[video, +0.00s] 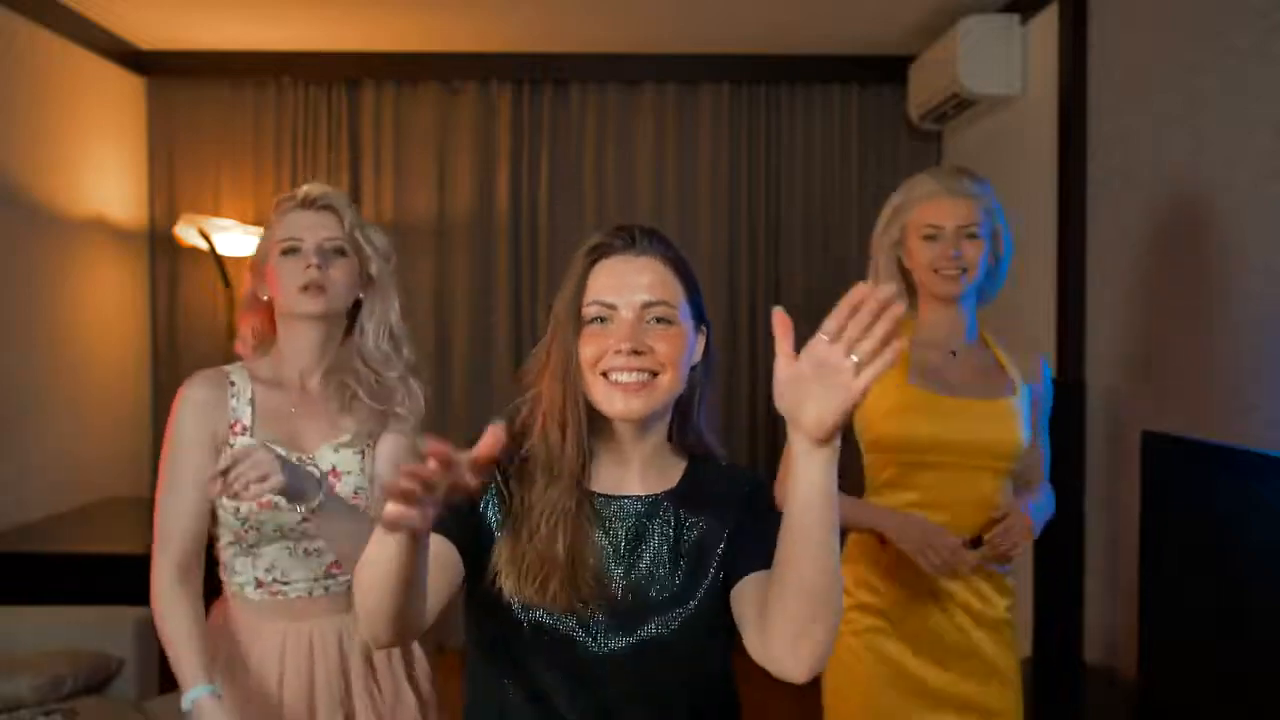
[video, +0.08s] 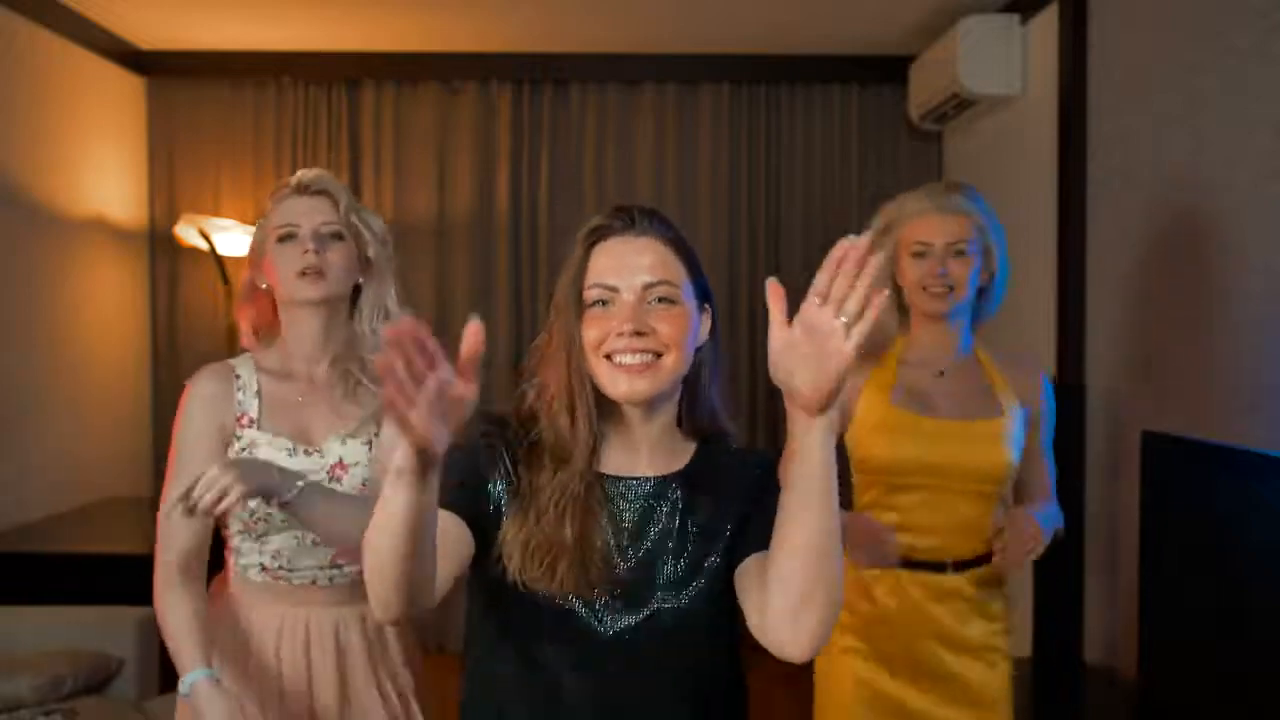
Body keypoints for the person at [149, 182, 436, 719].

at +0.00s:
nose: (312, 262)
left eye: (334, 251)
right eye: (291, 250)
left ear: (361, 284)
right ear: (263, 281)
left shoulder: (390, 404)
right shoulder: (211, 399)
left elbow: (398, 562)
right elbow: (175, 572)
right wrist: (200, 697)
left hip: (364, 655)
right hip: (251, 661)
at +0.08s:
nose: (310, 247)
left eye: (331, 236)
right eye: (288, 237)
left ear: (361, 267)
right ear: (263, 271)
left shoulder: (400, 390)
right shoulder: (219, 391)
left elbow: (403, 535)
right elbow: (178, 563)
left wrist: (281, 484)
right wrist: (199, 682)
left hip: (361, 646)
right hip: (243, 649)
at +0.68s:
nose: (317, 268)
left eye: (339, 262)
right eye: (292, 255)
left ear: (361, 306)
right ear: (255, 294)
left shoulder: (392, 417)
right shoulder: (188, 426)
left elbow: (405, 585)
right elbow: (194, 602)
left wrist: (440, 703)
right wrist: (242, 710)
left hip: (374, 681)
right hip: (259, 686)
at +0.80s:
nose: (317, 285)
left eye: (340, 277)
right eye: (290, 277)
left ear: (367, 321)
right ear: (261, 318)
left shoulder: (401, 440)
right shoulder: (200, 453)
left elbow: (400, 607)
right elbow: (189, 623)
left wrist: (381, 709)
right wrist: (235, 715)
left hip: (368, 666)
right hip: (255, 676)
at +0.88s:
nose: (316, 274)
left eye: (339, 266)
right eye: (290, 266)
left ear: (368, 309)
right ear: (260, 309)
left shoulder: (407, 432)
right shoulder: (205, 446)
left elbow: (401, 596)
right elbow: (191, 623)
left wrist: (362, 712)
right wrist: (227, 715)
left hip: (366, 663)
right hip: (255, 667)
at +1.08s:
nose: (316, 289)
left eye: (339, 279)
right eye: (290, 279)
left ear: (372, 315)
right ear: (258, 319)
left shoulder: (414, 436)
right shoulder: (220, 464)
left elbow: (422, 577)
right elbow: (200, 644)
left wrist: (335, 689)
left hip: (382, 669)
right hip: (271, 669)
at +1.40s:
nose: (314, 293)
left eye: (338, 281)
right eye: (286, 277)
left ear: (365, 320)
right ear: (249, 311)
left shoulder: (406, 433)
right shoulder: (197, 461)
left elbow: (414, 574)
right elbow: (188, 604)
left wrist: (367, 707)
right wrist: (211, 712)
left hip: (373, 633)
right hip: (262, 641)